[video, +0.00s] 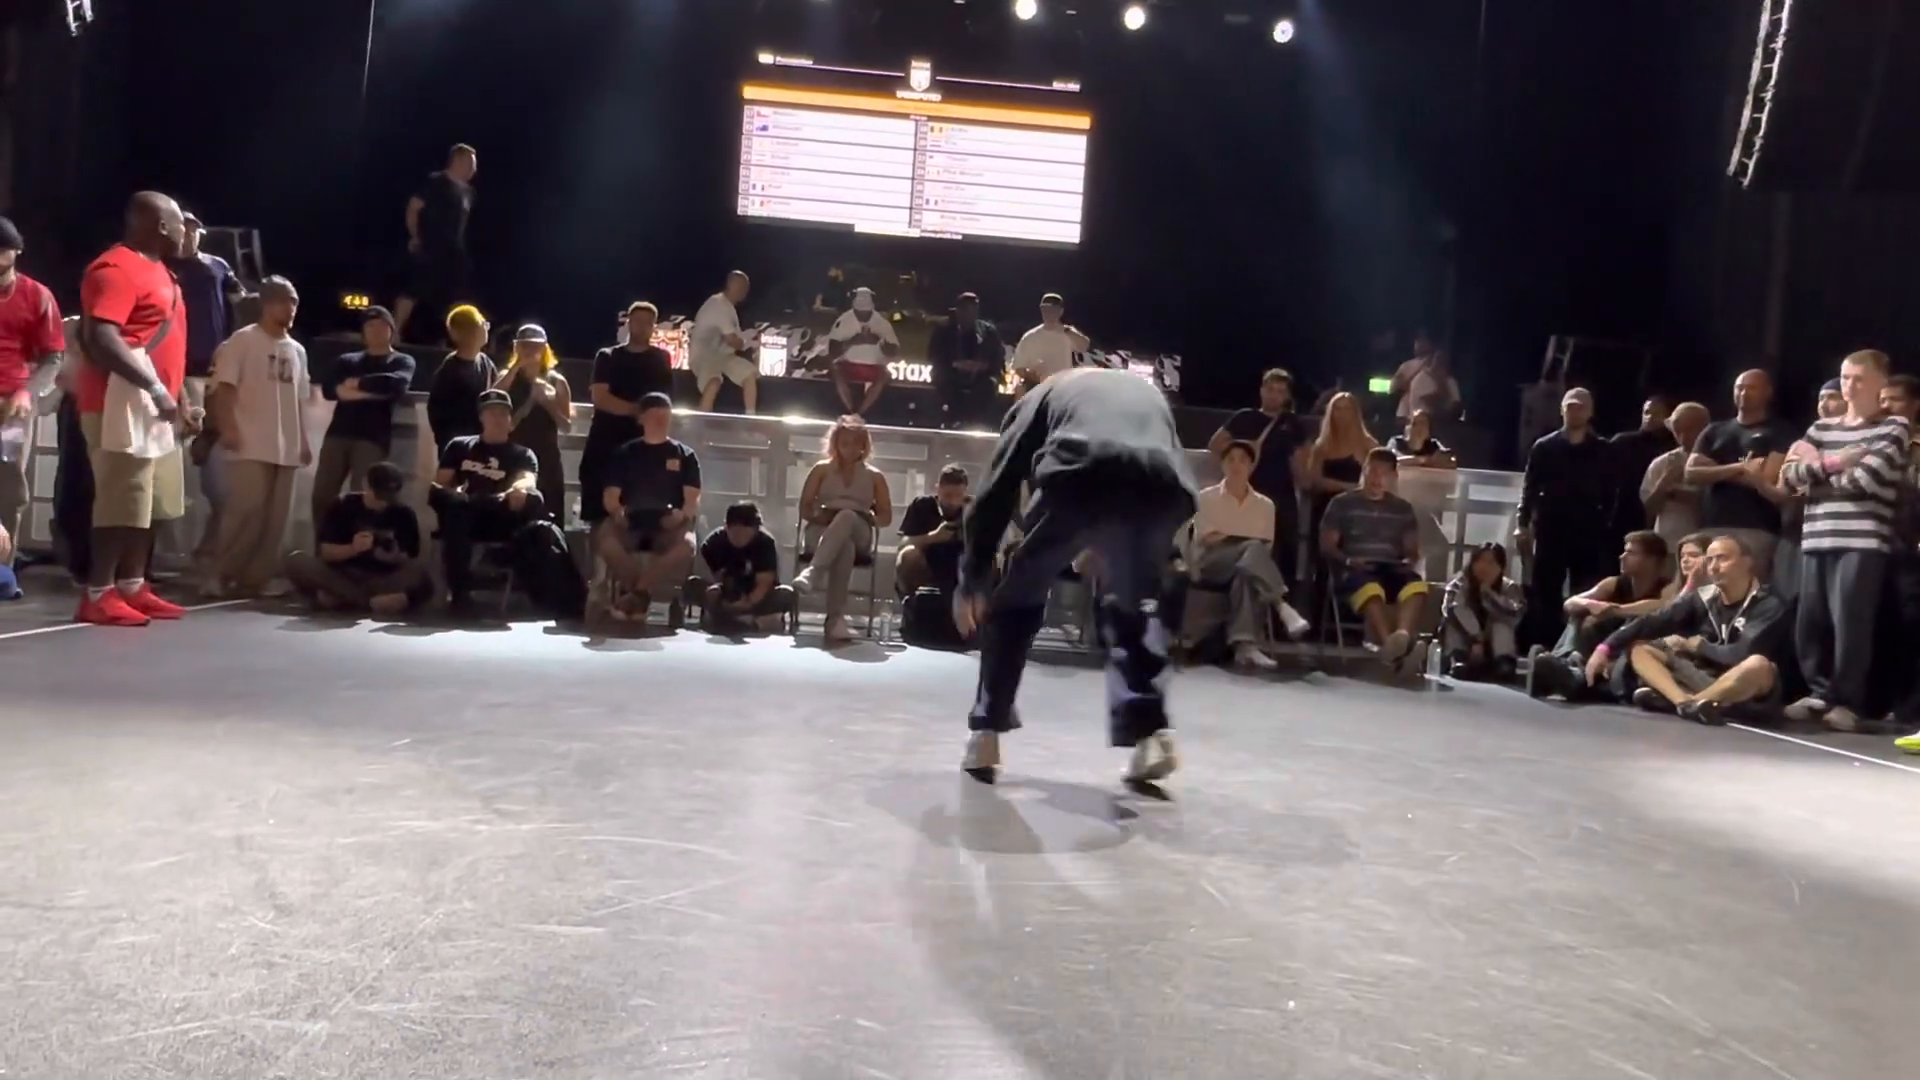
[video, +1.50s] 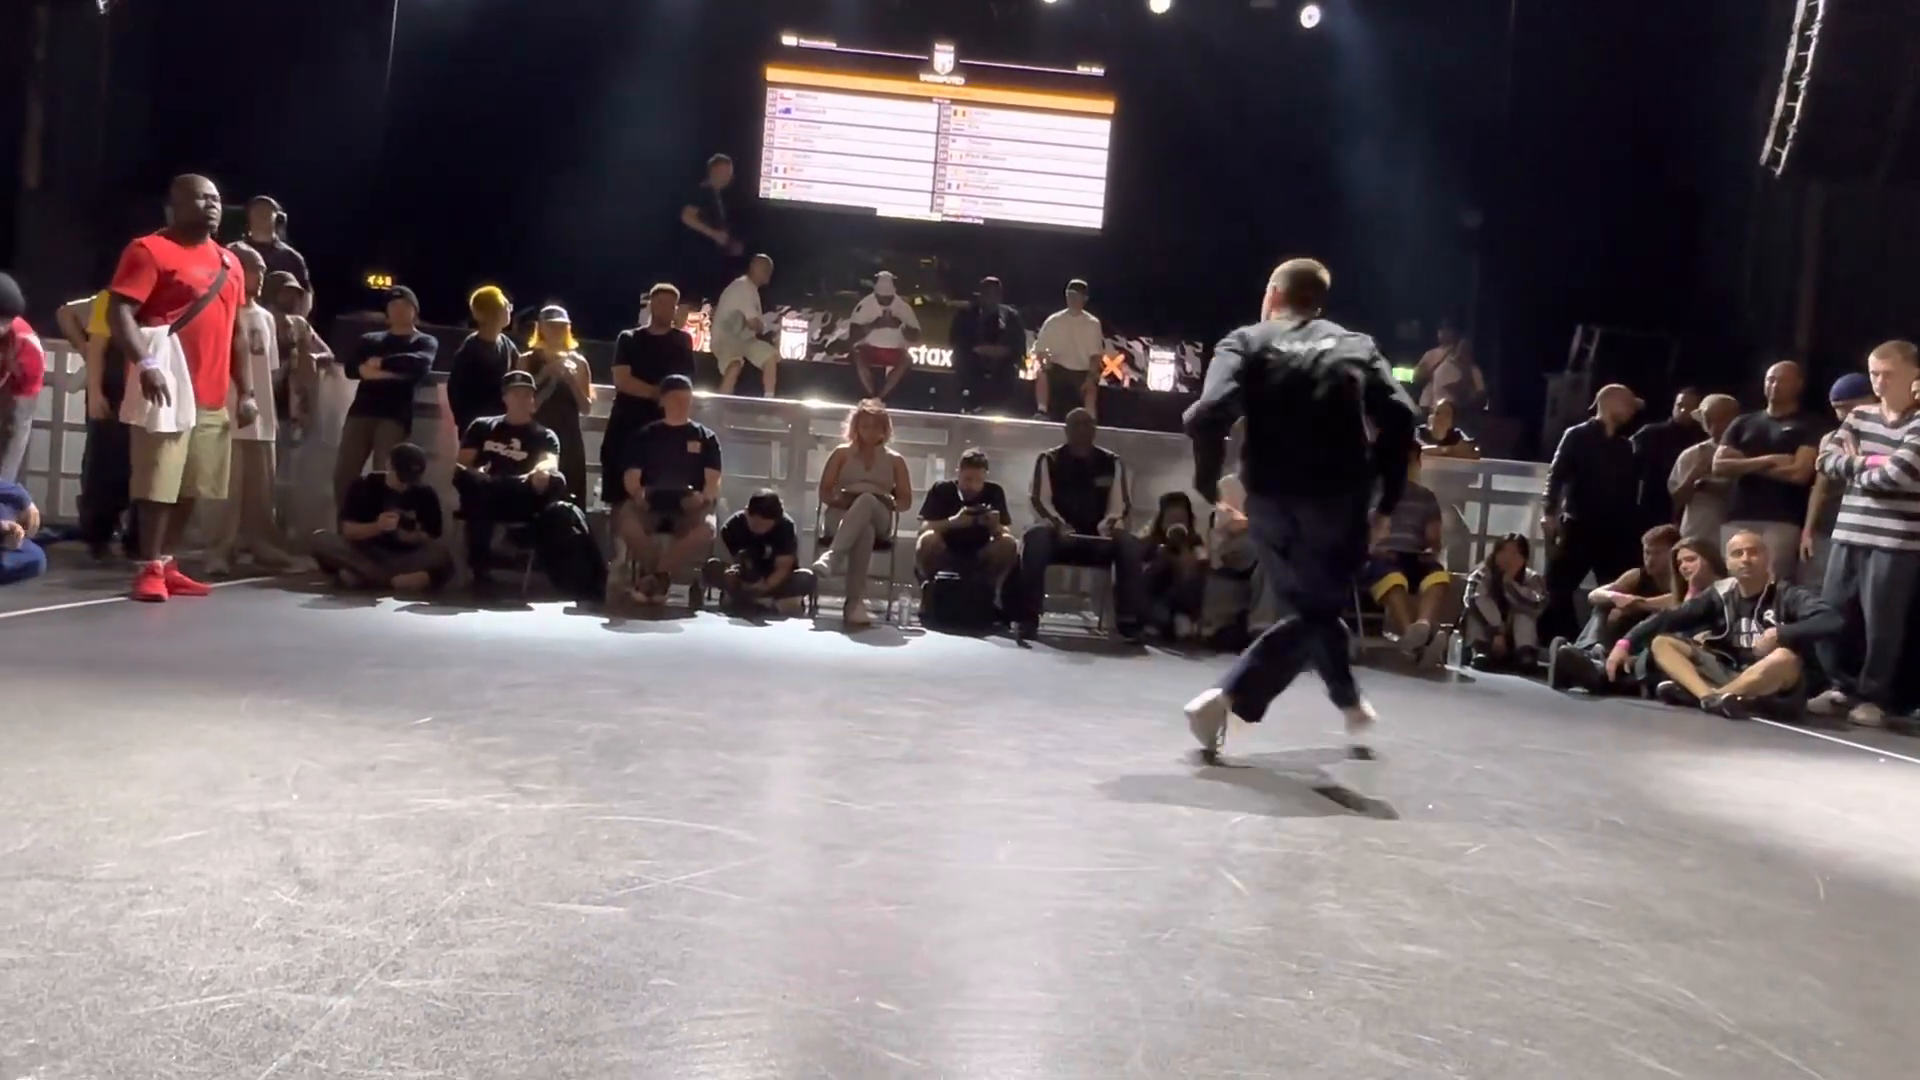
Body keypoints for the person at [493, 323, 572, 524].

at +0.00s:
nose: (530, 351)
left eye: (536, 345)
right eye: (525, 345)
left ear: (544, 349)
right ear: (516, 348)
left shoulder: (557, 382)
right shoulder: (506, 378)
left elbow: (566, 425)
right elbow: (490, 405)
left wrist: (546, 402)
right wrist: (515, 368)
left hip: (546, 455)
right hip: (512, 455)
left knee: (551, 517)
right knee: (511, 518)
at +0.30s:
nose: (537, 347)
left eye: (543, 342)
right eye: (532, 341)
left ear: (551, 346)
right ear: (522, 345)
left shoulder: (563, 379)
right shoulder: (511, 376)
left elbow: (571, 423)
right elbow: (502, 414)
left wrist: (552, 399)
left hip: (552, 451)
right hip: (519, 450)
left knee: (556, 512)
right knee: (518, 512)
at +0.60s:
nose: (543, 342)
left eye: (548, 337)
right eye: (538, 337)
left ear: (556, 341)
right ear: (529, 340)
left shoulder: (567, 376)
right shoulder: (514, 373)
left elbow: (575, 420)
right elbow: (511, 420)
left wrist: (559, 396)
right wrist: (541, 395)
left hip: (557, 448)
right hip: (522, 448)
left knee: (560, 509)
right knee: (522, 510)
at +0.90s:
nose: (548, 337)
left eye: (553, 332)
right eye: (542, 332)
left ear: (560, 336)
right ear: (532, 335)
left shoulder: (571, 369)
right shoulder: (518, 367)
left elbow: (579, 413)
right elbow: (517, 413)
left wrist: (565, 388)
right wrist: (545, 387)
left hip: (561, 442)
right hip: (528, 441)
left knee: (565, 503)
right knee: (526, 503)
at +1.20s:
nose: (552, 333)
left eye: (557, 328)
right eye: (546, 328)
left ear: (563, 332)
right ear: (536, 331)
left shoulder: (574, 364)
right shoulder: (523, 363)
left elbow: (582, 409)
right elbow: (518, 404)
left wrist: (568, 382)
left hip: (564, 436)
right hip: (531, 437)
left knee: (568, 497)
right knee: (530, 498)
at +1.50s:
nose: (557, 330)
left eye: (562, 325)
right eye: (551, 325)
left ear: (568, 329)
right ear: (540, 328)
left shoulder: (579, 362)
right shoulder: (527, 360)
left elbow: (585, 407)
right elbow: (523, 401)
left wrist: (571, 380)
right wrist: (548, 373)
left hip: (568, 434)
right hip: (536, 434)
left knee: (572, 494)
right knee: (534, 495)